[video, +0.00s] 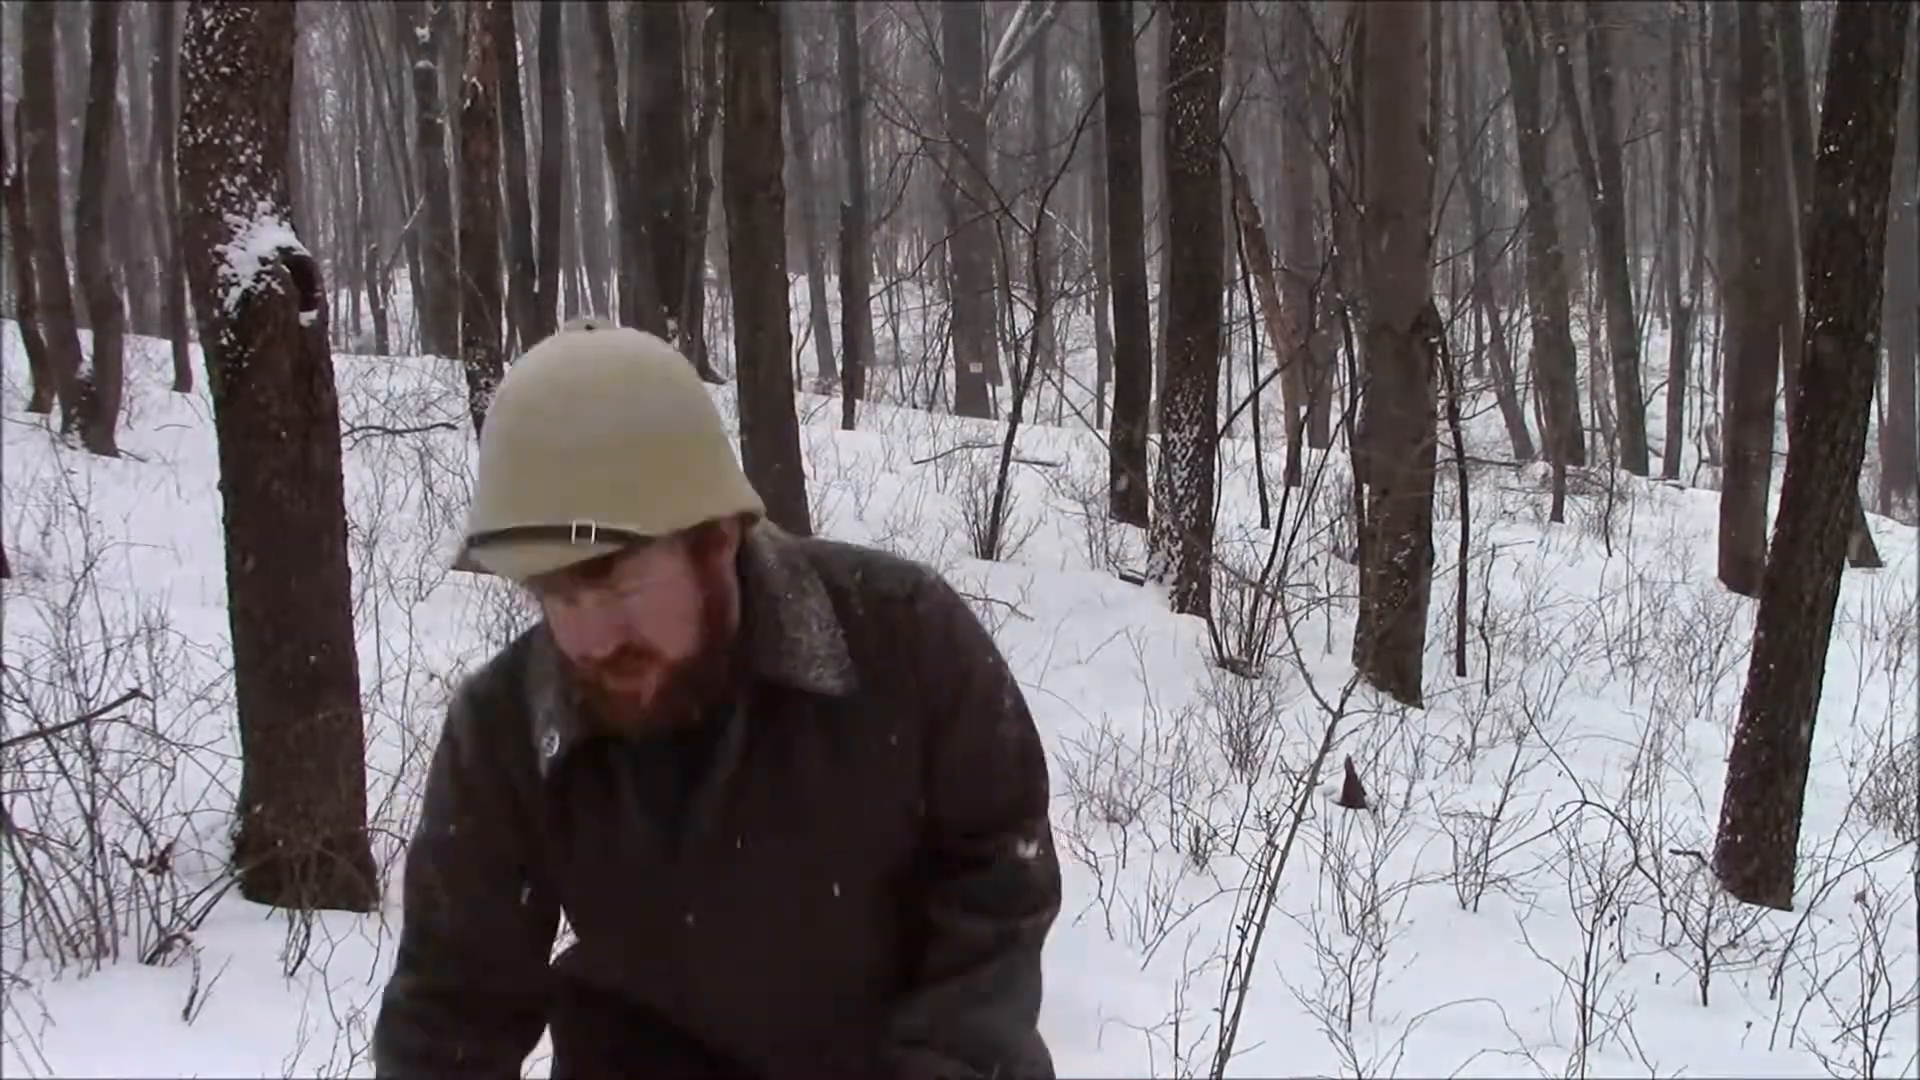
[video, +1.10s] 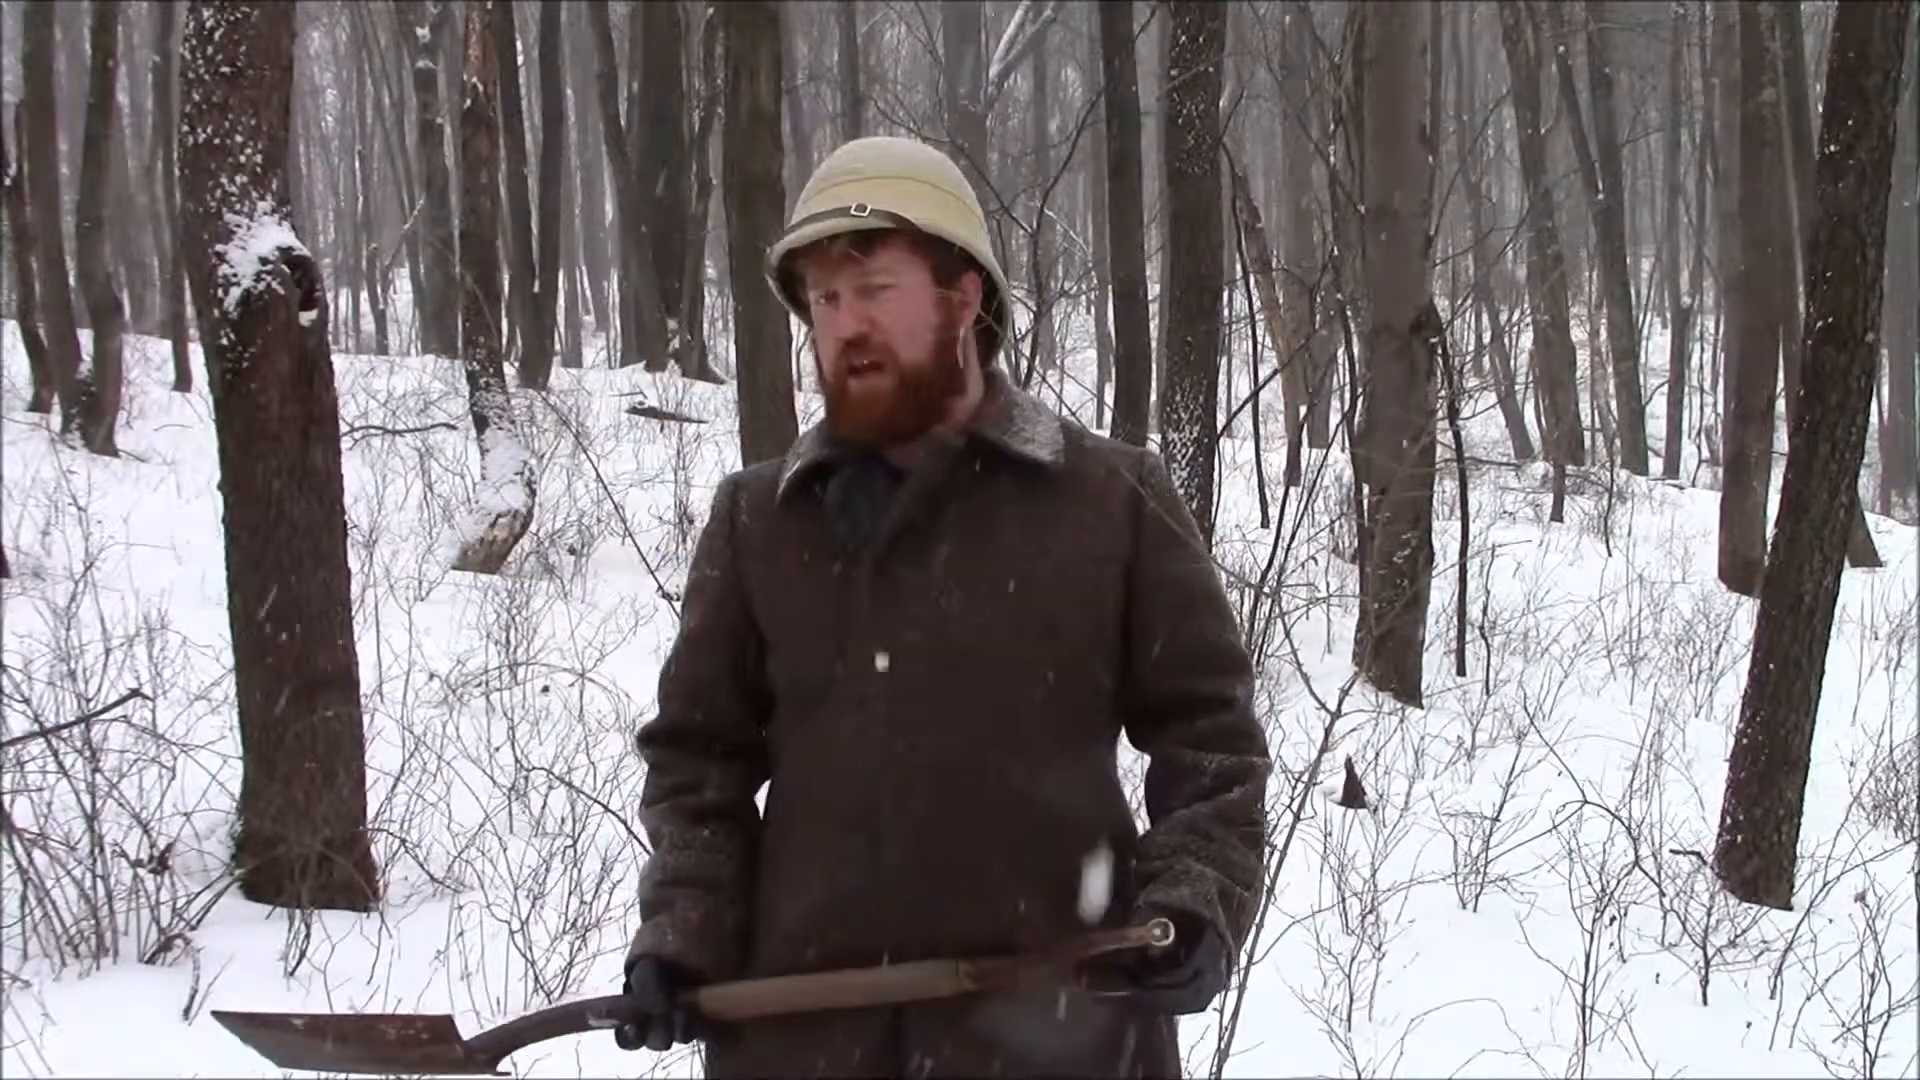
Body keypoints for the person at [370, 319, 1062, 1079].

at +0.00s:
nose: (586, 640)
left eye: (610, 580)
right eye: (550, 593)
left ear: (719, 534)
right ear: (523, 584)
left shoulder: (910, 640)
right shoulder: (504, 730)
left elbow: (998, 888)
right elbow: (453, 1012)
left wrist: (947, 1062)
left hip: (888, 1031)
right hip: (657, 1039)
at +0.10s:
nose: (619, 520)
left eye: (651, 465)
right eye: (583, 476)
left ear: (747, 439)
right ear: (555, 477)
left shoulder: (919, 588)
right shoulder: (520, 644)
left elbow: (986, 830)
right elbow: (435, 891)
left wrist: (835, 1025)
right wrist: (298, 1058)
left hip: (905, 1024)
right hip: (642, 1033)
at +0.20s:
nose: (653, 436)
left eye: (686, 387)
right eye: (623, 396)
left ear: (785, 377)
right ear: (595, 407)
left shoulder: (943, 559)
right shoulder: (547, 585)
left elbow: (991, 806)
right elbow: (427, 822)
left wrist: (835, 953)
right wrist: (267, 1002)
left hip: (918, 1025)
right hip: (651, 1028)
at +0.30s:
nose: (690, 387)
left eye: (725, 341)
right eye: (663, 348)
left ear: (818, 344)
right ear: (635, 360)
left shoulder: (962, 542)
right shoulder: (573, 555)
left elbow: (1025, 778)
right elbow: (469, 788)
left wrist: (874, 935)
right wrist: (335, 972)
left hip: (912, 1048)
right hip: (645, 1041)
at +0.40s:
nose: (719, 356)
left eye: (753, 317)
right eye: (695, 321)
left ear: (840, 328)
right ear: (667, 339)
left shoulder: (985, 530)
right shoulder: (600, 539)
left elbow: (1077, 768)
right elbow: (538, 781)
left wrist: (1001, 924)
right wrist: (456, 969)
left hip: (910, 1042)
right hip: (657, 1044)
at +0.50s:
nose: (736, 343)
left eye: (769, 301)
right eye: (711, 310)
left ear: (858, 313)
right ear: (686, 330)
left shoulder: (1006, 517)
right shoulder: (630, 533)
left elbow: (1119, 747)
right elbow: (583, 789)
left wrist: (1091, 932)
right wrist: (561, 1004)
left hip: (945, 1039)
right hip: (684, 1047)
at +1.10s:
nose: (844, 326)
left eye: (874, 289)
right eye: (823, 300)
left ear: (963, 298)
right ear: (805, 323)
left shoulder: (1110, 499)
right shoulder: (753, 519)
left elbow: (1210, 736)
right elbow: (699, 758)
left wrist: (1194, 892)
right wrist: (679, 938)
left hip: (1053, 1031)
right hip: (797, 1034)